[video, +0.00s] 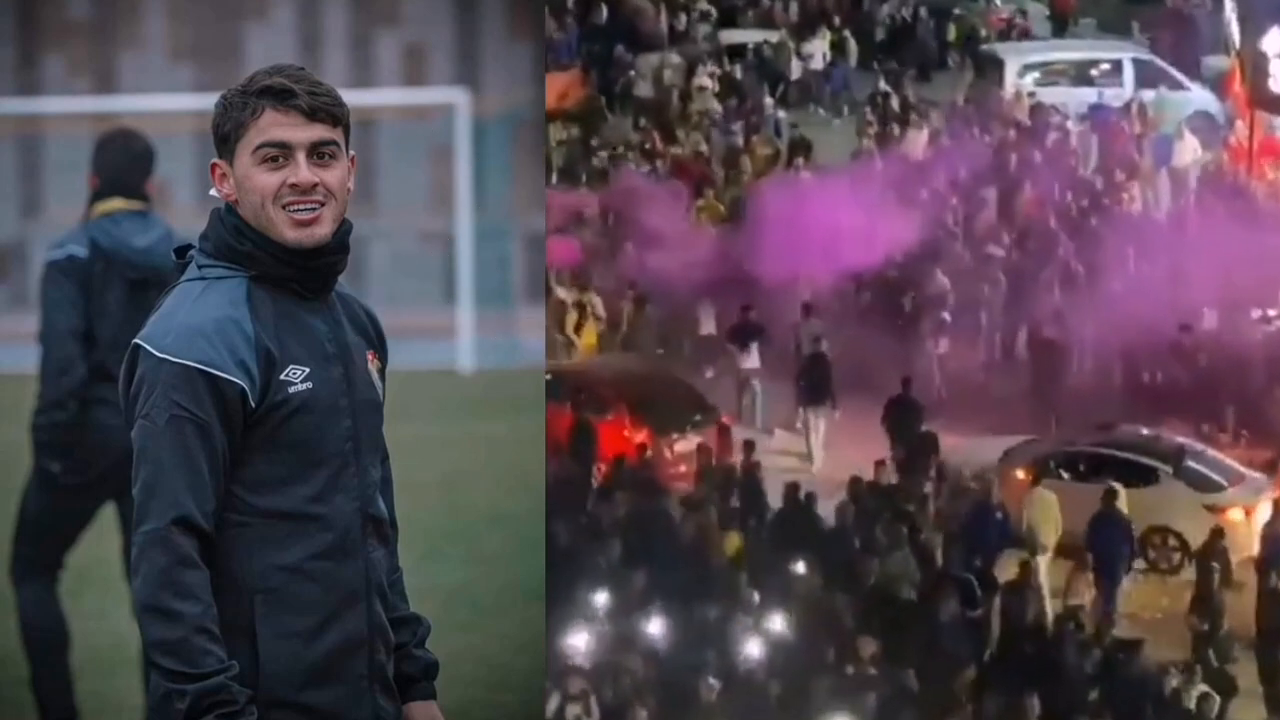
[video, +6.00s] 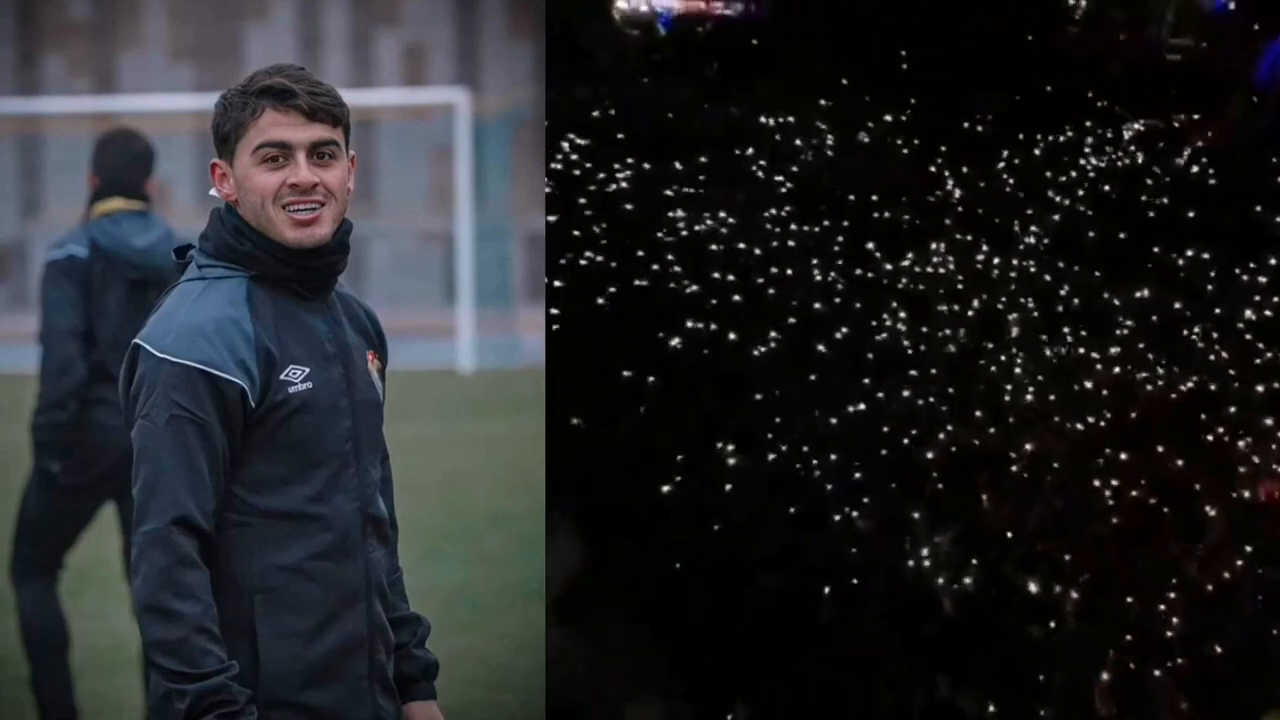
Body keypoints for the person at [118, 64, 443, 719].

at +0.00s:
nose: (304, 178)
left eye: (322, 155)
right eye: (274, 158)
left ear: (350, 171)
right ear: (226, 182)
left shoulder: (356, 323)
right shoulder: (195, 335)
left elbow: (372, 524)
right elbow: (164, 552)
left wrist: (414, 684)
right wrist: (214, 704)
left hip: (364, 689)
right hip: (259, 691)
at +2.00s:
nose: (305, 178)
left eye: (322, 155)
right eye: (274, 158)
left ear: (349, 171)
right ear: (226, 182)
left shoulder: (356, 323)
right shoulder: (195, 334)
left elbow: (372, 525)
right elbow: (164, 550)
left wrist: (414, 684)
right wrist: (213, 705)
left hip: (365, 690)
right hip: (260, 691)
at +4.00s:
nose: (304, 179)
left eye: (322, 155)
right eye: (274, 158)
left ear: (350, 171)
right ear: (226, 182)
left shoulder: (356, 323)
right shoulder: (195, 334)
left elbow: (372, 525)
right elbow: (164, 550)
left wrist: (414, 684)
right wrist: (213, 705)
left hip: (365, 690)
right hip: (259, 691)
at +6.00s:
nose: (305, 178)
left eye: (322, 155)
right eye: (274, 158)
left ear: (349, 171)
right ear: (226, 182)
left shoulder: (356, 323)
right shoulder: (195, 334)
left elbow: (372, 525)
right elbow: (164, 550)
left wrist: (414, 684)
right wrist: (213, 705)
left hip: (365, 690)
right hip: (260, 691)